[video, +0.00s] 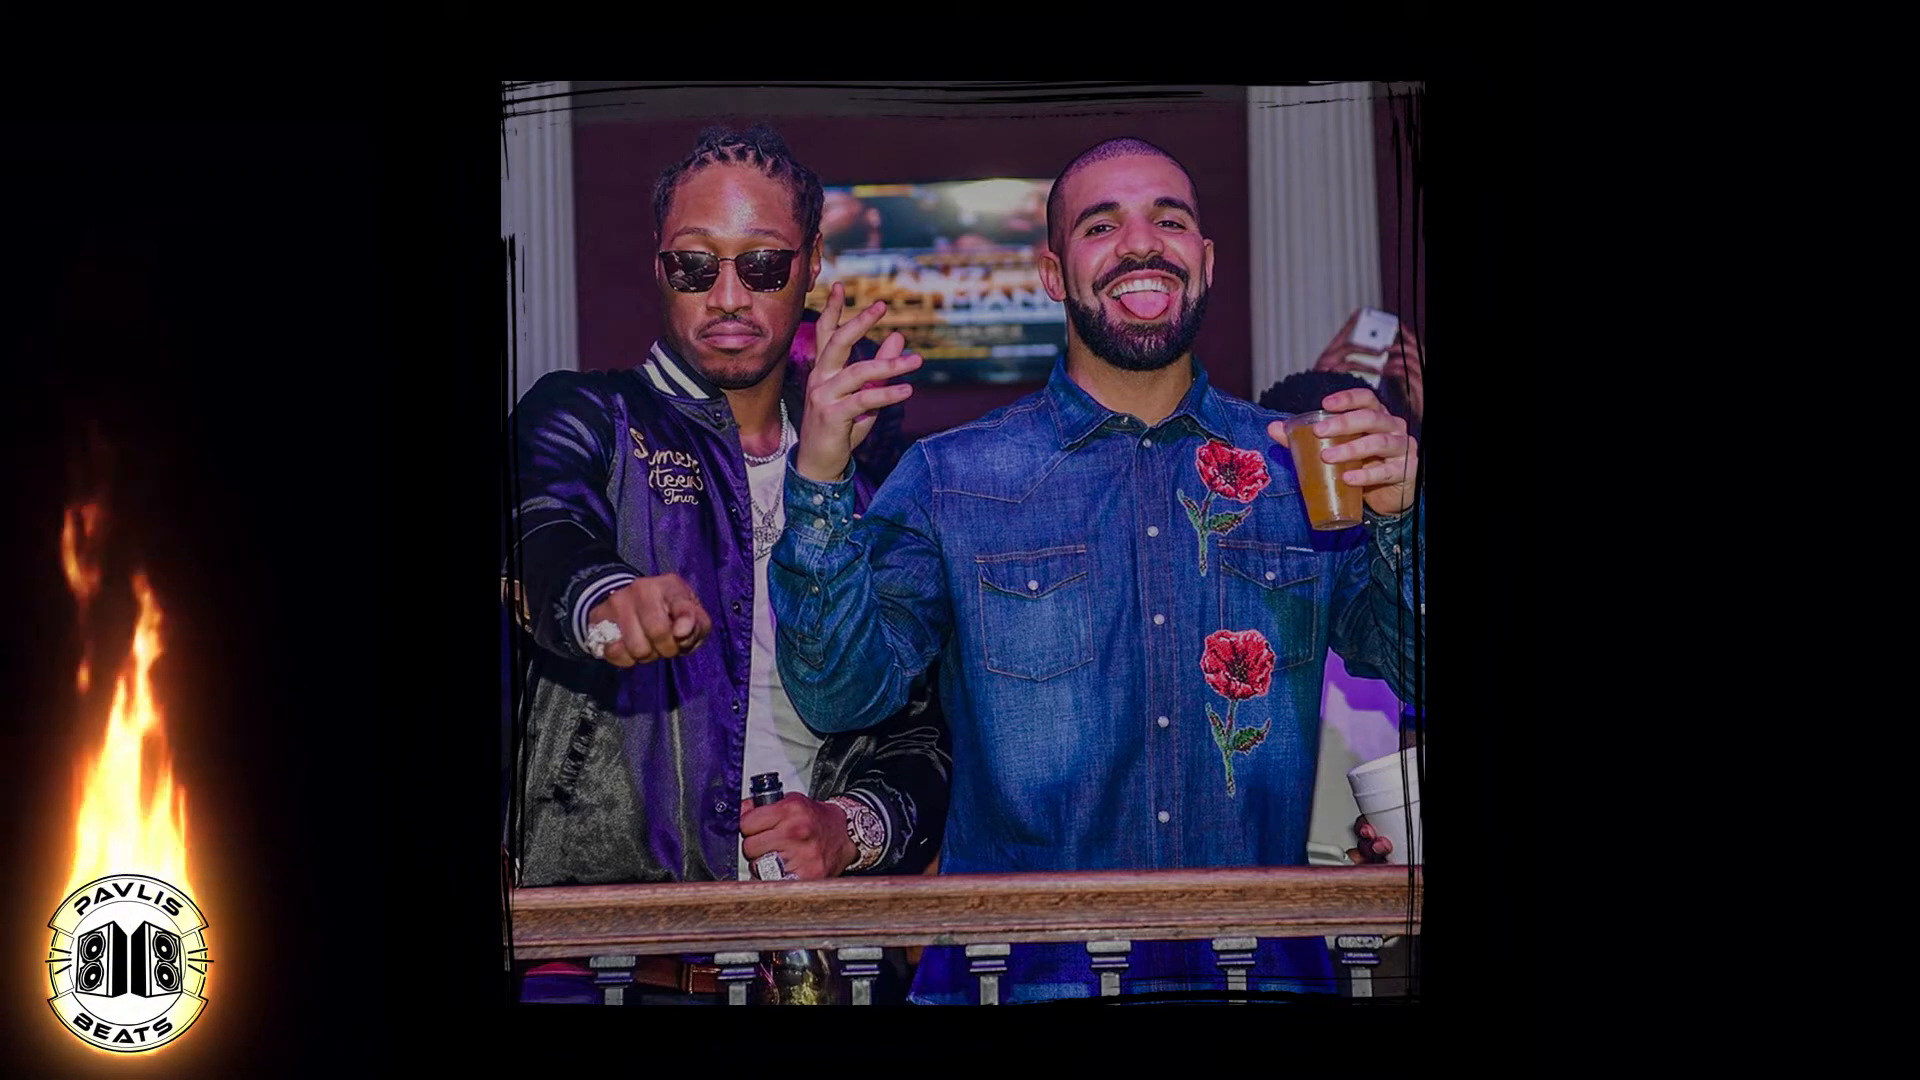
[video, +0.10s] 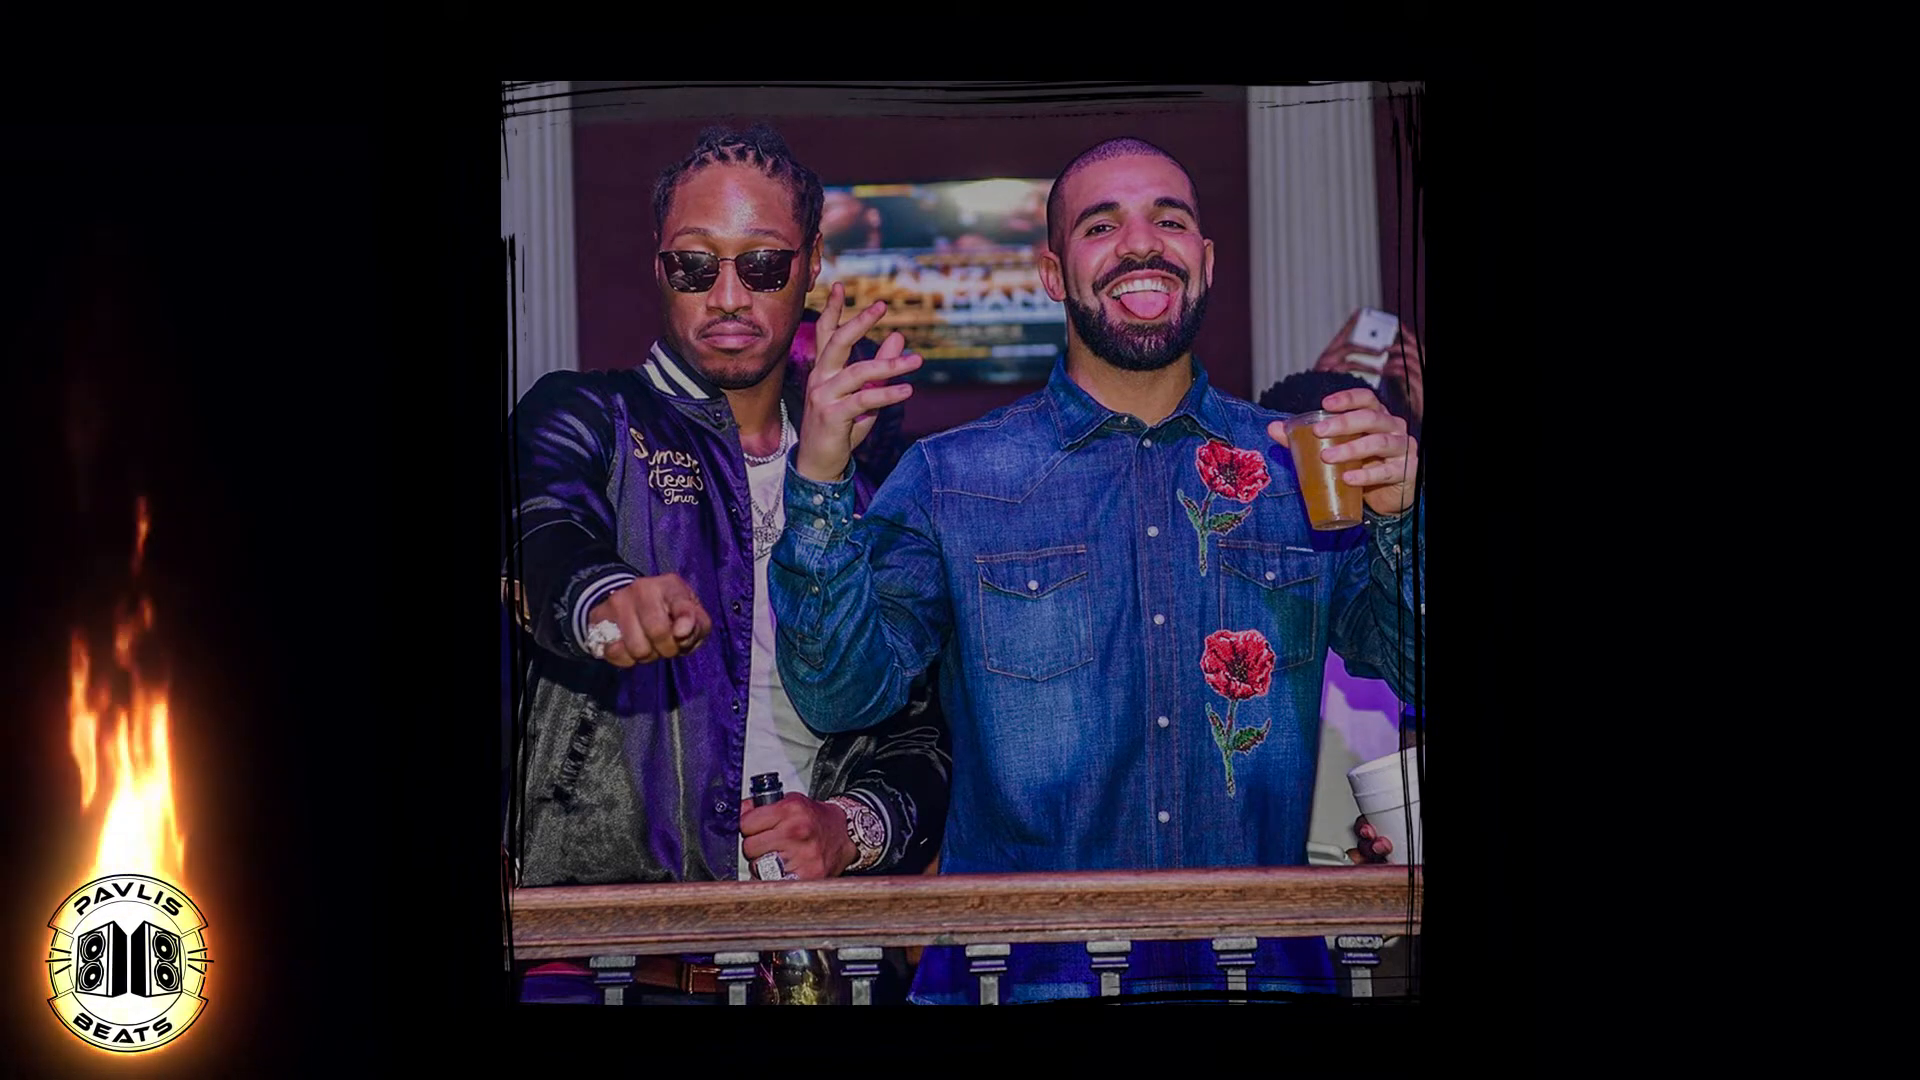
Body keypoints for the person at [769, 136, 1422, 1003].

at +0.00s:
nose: (1141, 243)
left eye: (1169, 219)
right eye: (1102, 225)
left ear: (1207, 258)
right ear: (1055, 272)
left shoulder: (1304, 469)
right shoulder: (945, 479)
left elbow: (1414, 674)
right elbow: (840, 692)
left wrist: (1402, 516)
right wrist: (819, 472)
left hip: (1255, 954)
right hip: (1021, 963)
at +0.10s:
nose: (1141, 243)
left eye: (1169, 219)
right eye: (1102, 225)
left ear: (1207, 258)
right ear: (1055, 272)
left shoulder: (1304, 469)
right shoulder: (945, 479)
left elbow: (1414, 674)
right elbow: (840, 692)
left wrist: (1402, 516)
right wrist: (819, 472)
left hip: (1255, 954)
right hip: (1021, 963)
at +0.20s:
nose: (1141, 243)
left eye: (1169, 219)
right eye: (1102, 225)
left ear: (1207, 258)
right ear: (1055, 272)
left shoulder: (1304, 469)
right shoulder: (945, 479)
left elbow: (1414, 674)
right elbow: (840, 692)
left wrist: (1402, 516)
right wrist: (819, 472)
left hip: (1254, 954)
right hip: (1021, 963)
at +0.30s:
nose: (1140, 243)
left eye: (1169, 219)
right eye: (1101, 225)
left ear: (1208, 258)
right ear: (1055, 272)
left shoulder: (1304, 470)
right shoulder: (945, 479)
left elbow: (1413, 673)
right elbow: (840, 693)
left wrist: (1402, 516)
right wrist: (818, 475)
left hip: (1254, 955)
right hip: (1020, 962)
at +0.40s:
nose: (1142, 242)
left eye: (1170, 219)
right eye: (1102, 225)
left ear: (1207, 259)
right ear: (1055, 273)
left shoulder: (1304, 469)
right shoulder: (945, 478)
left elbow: (1413, 673)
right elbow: (840, 692)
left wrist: (1402, 516)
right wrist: (818, 475)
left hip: (1255, 955)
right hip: (1022, 963)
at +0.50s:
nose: (1142, 242)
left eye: (1170, 219)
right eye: (1102, 225)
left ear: (1207, 259)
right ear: (1055, 273)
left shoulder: (1304, 469)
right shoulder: (945, 478)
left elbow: (1413, 673)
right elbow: (840, 692)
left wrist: (1402, 516)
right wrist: (818, 475)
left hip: (1255, 955)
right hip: (1022, 963)